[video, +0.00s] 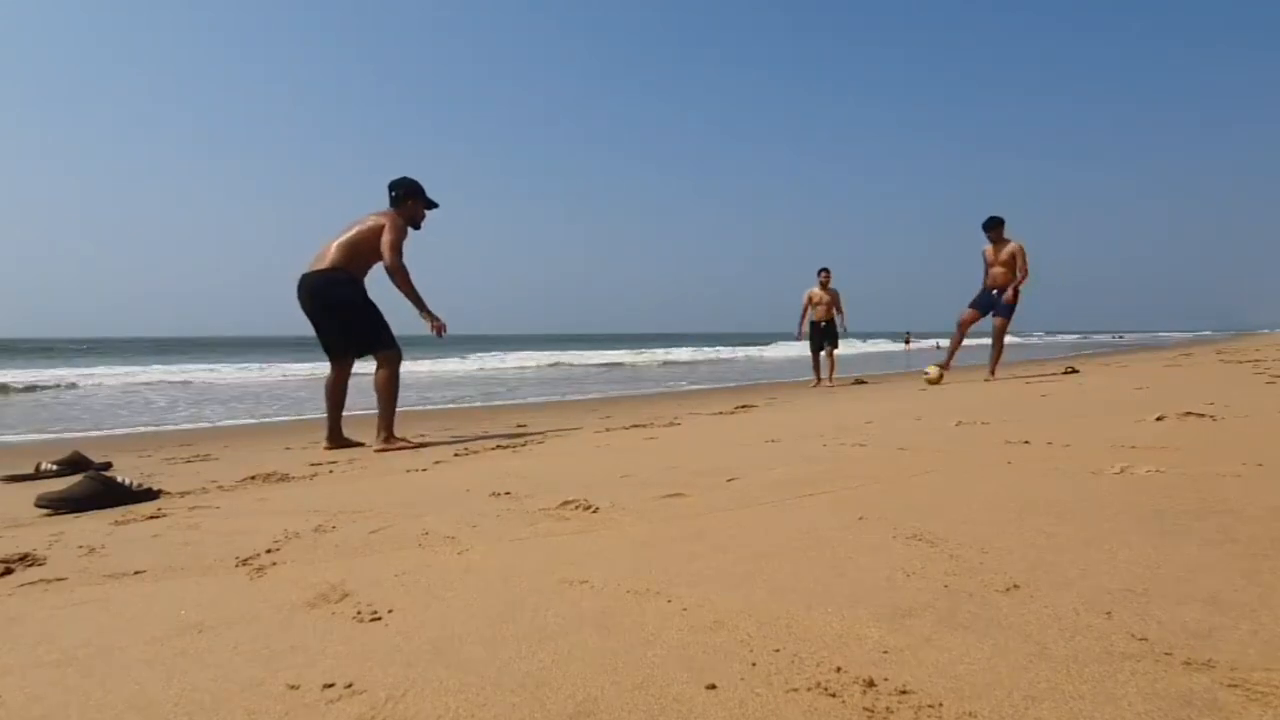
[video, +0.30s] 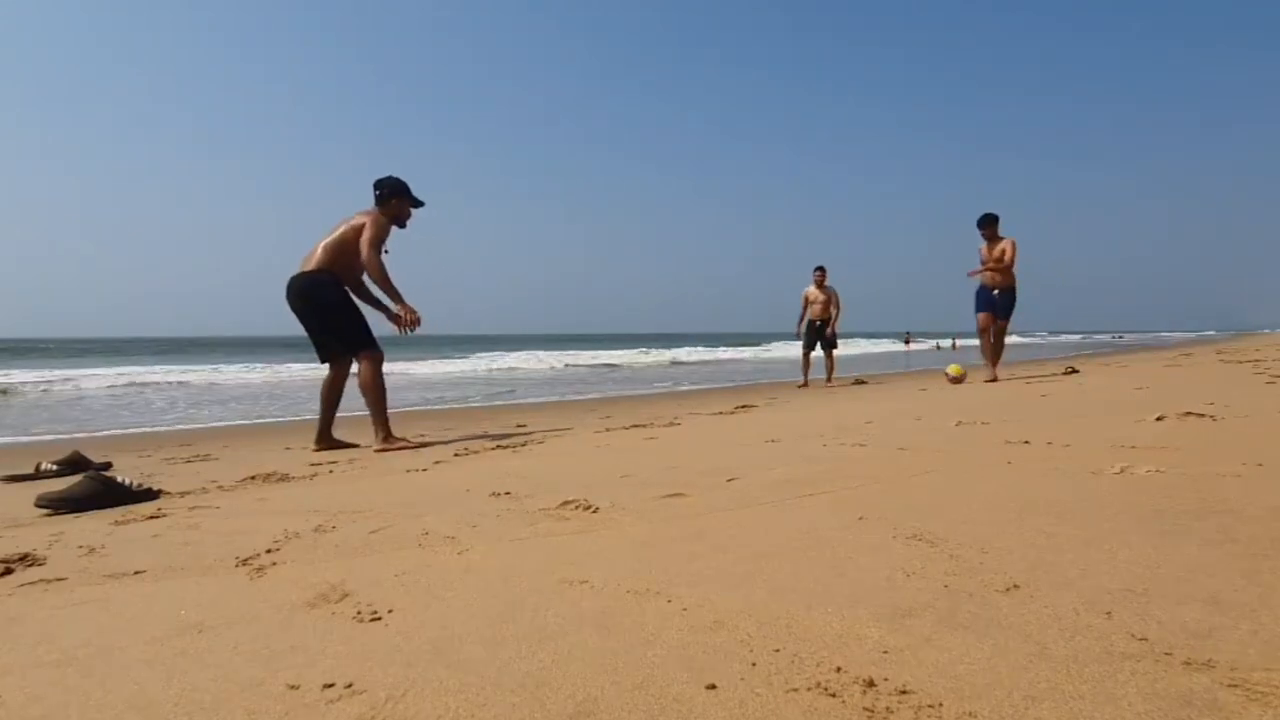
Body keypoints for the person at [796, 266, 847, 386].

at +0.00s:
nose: (826, 279)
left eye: (827, 277)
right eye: (824, 277)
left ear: (830, 278)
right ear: (818, 278)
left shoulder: (833, 293)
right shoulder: (811, 293)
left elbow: (839, 309)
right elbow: (804, 311)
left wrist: (842, 323)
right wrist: (800, 328)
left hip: (829, 323)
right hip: (815, 323)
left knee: (829, 351)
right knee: (815, 354)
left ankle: (830, 378)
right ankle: (817, 378)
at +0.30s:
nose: (819, 278)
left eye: (821, 276)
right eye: (817, 276)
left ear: (825, 277)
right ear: (813, 277)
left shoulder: (830, 291)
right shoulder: (808, 291)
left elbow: (836, 309)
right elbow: (804, 310)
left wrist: (831, 326)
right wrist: (799, 326)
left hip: (825, 322)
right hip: (811, 322)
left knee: (828, 352)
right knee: (806, 352)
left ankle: (829, 379)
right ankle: (805, 380)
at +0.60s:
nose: (803, 278)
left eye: (806, 276)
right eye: (801, 276)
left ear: (810, 277)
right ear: (798, 277)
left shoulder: (817, 292)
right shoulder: (795, 293)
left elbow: (822, 310)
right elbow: (794, 311)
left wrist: (819, 326)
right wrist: (792, 327)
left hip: (813, 322)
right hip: (799, 323)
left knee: (819, 354)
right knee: (796, 354)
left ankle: (826, 378)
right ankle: (798, 382)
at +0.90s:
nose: (792, 277)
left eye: (795, 275)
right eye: (790, 275)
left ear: (800, 275)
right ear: (788, 276)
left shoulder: (807, 290)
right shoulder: (784, 291)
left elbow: (814, 307)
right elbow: (777, 310)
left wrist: (815, 324)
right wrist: (772, 325)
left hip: (803, 322)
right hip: (790, 322)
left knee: (801, 353)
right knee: (793, 354)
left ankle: (799, 381)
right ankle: (796, 380)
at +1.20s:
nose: (787, 277)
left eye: (790, 274)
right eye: (784, 274)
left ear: (794, 275)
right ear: (781, 275)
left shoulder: (801, 291)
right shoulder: (776, 290)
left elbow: (808, 310)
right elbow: (771, 308)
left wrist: (813, 329)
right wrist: (766, 325)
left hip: (795, 322)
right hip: (781, 322)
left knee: (790, 352)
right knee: (781, 353)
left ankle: (788, 382)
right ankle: (791, 374)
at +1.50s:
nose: (778, 274)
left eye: (780, 271)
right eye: (775, 271)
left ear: (785, 272)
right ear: (772, 272)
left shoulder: (793, 287)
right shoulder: (767, 288)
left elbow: (800, 306)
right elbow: (763, 308)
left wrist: (796, 325)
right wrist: (759, 326)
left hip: (788, 321)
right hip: (773, 321)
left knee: (789, 355)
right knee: (766, 353)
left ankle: (788, 385)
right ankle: (766, 385)